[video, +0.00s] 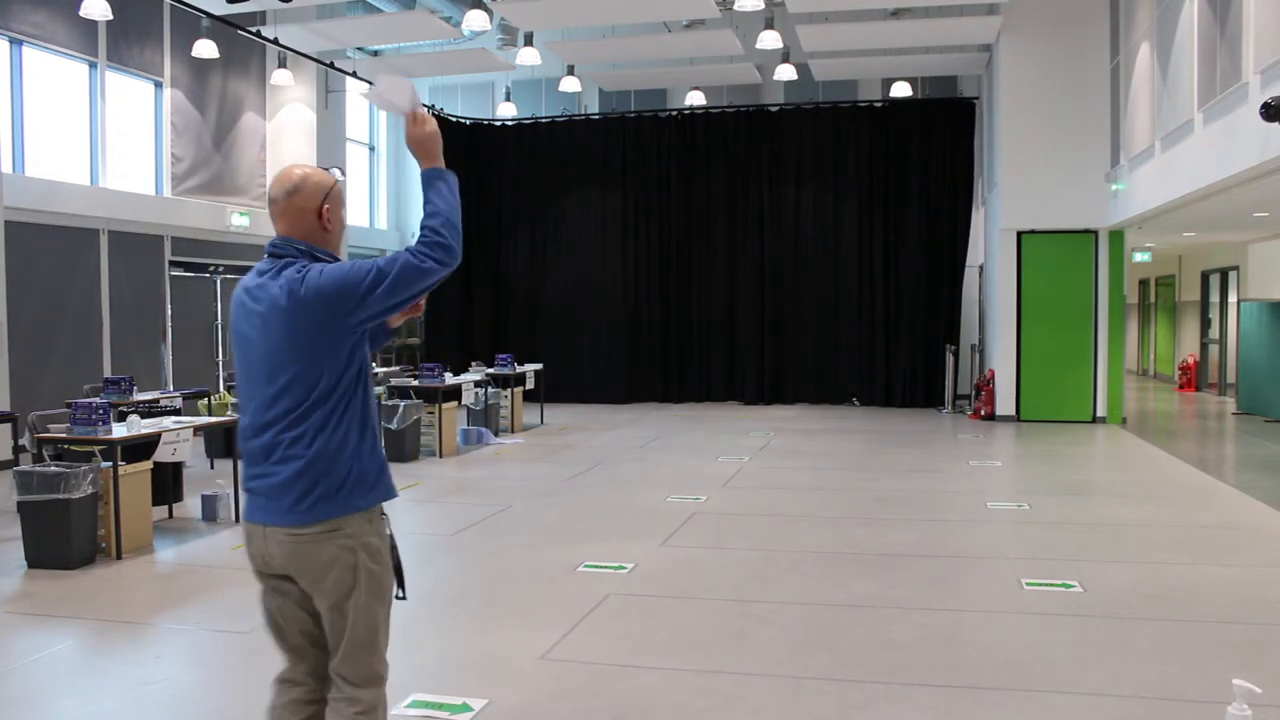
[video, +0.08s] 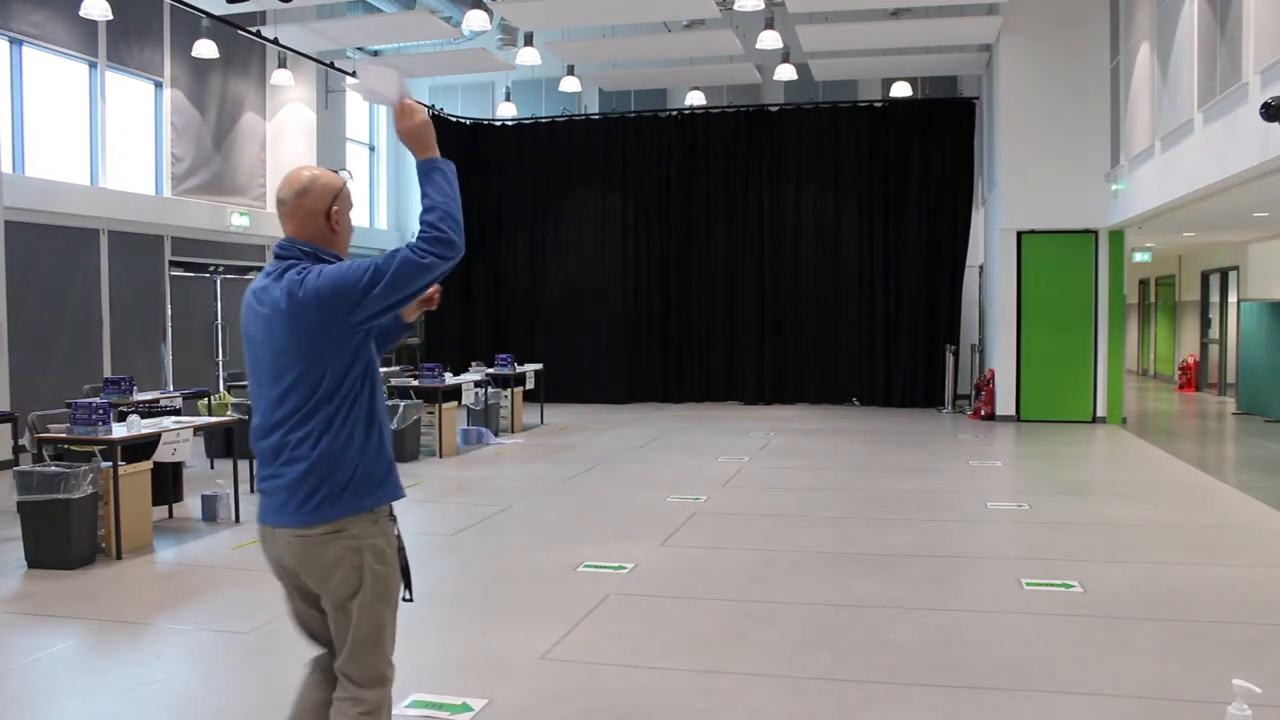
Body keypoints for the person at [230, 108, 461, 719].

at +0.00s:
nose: (344, 216)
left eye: (341, 204)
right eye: (341, 205)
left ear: (277, 216)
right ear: (326, 212)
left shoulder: (248, 293)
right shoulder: (333, 288)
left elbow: (315, 355)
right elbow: (439, 251)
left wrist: (383, 323)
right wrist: (433, 163)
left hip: (266, 525)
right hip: (336, 526)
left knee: (301, 678)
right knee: (358, 689)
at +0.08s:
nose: (353, 214)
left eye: (348, 201)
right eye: (346, 203)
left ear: (291, 220)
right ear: (330, 217)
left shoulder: (260, 294)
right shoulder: (332, 288)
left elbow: (335, 350)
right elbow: (441, 245)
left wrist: (401, 316)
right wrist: (428, 154)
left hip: (280, 525)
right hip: (345, 525)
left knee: (333, 659)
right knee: (365, 685)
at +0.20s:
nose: (365, 220)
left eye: (361, 209)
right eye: (360, 209)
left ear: (303, 222)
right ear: (346, 221)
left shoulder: (282, 295)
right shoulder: (335, 290)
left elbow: (358, 354)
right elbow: (439, 237)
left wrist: (418, 311)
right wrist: (415, 146)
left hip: (308, 521)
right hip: (353, 521)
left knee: (366, 660)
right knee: (379, 683)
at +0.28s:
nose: (374, 223)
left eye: (369, 212)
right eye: (369, 212)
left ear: (315, 226)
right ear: (355, 225)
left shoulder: (297, 295)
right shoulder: (335, 292)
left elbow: (369, 356)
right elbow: (436, 236)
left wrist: (430, 309)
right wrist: (405, 143)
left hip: (335, 514)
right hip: (359, 518)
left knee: (406, 634)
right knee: (384, 682)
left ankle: (389, 711)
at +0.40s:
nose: (386, 233)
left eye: (382, 222)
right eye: (382, 222)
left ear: (330, 234)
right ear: (367, 233)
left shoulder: (321, 301)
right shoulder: (340, 300)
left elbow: (387, 357)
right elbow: (436, 238)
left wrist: (449, 308)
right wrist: (393, 144)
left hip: (378, 510)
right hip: (373, 518)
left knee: (426, 645)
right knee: (395, 682)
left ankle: (432, 715)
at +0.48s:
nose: (397, 239)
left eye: (393, 226)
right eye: (392, 228)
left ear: (339, 240)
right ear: (376, 240)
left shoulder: (331, 305)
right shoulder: (353, 306)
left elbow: (401, 355)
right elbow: (438, 240)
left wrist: (460, 310)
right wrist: (390, 149)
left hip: (375, 512)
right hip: (389, 518)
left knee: (433, 622)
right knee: (402, 680)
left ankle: (459, 708)